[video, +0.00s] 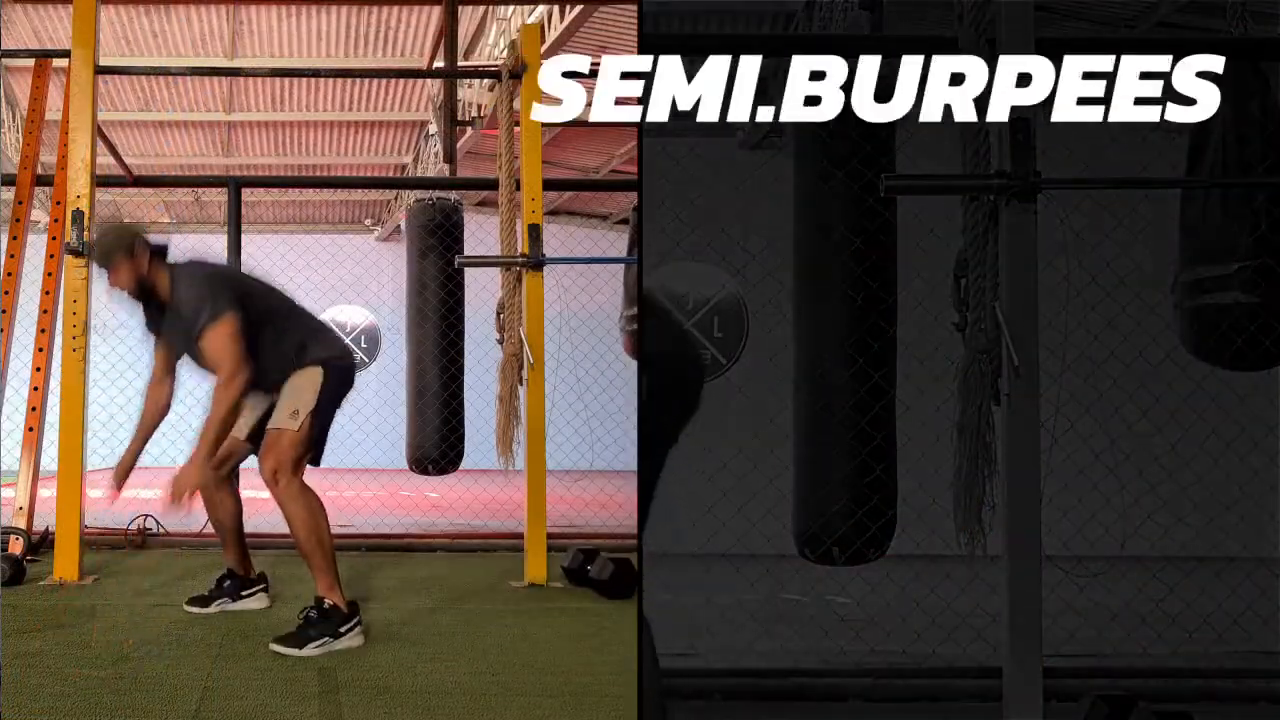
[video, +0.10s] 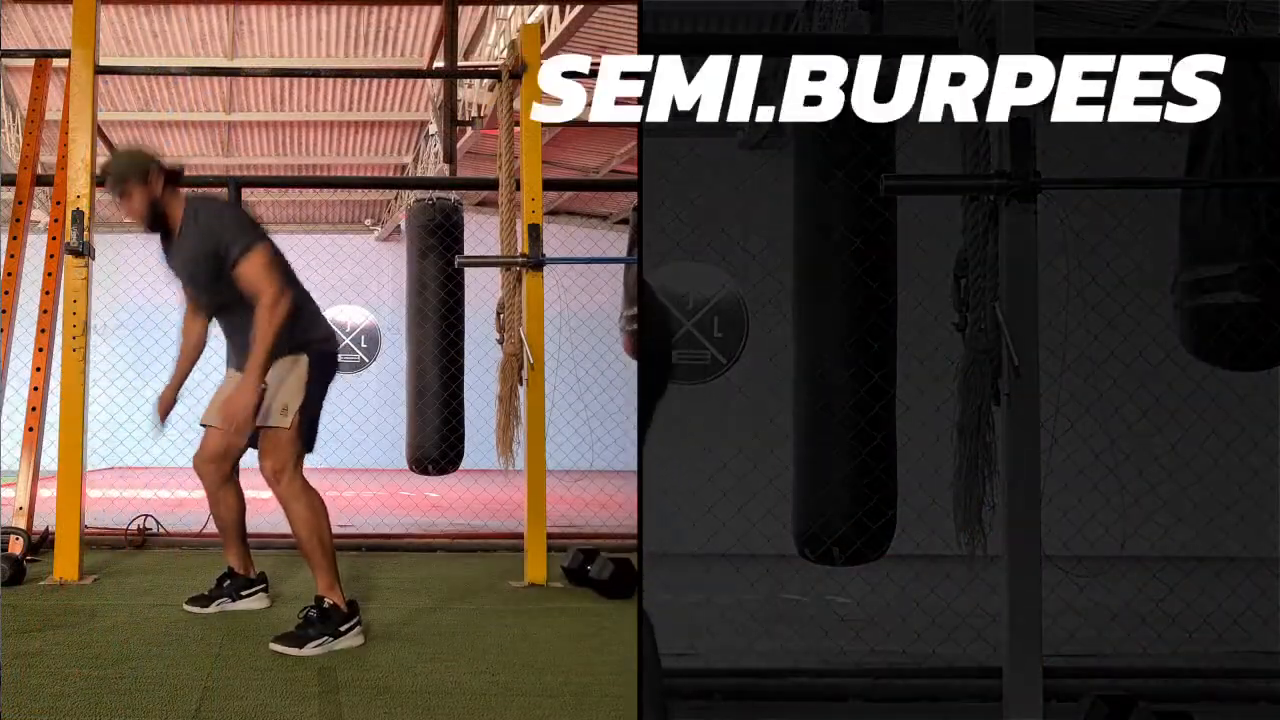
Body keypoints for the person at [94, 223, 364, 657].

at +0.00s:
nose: (111, 282)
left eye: (112, 268)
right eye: (106, 272)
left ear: (139, 254)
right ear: (134, 259)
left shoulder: (196, 286)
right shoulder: (161, 305)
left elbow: (235, 374)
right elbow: (161, 382)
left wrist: (199, 461)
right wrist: (131, 455)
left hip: (317, 361)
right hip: (269, 377)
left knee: (278, 468)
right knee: (211, 468)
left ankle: (336, 608)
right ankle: (242, 578)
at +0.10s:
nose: (123, 206)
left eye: (126, 192)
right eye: (118, 197)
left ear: (156, 179)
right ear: (133, 192)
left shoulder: (216, 218)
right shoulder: (175, 236)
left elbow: (275, 296)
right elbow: (198, 315)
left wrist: (251, 383)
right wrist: (174, 385)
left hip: (297, 350)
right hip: (250, 355)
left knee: (281, 470)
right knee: (212, 463)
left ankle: (337, 608)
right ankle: (242, 577)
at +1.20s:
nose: (38, 482)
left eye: (33, 474)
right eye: (30, 478)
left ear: (44, 444)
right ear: (41, 438)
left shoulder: (116, 433)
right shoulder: (76, 434)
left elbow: (146, 548)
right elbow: (96, 526)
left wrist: (144, 649)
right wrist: (90, 610)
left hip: (259, 431)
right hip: (235, 448)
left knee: (360, 502)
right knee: (304, 504)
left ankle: (490, 547)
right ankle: (403, 527)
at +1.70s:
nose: (127, 494)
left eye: (123, 488)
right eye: (120, 493)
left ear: (133, 461)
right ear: (129, 456)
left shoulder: (175, 437)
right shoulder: (134, 434)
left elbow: (169, 546)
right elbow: (125, 528)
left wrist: (144, 650)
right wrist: (94, 610)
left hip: (296, 329)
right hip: (257, 348)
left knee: (292, 457)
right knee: (229, 458)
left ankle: (372, 581)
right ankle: (271, 551)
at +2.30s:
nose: (167, 152)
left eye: (172, 138)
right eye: (161, 143)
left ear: (204, 124)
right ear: (172, 140)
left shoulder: (261, 163)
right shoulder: (208, 186)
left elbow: (325, 233)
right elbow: (242, 266)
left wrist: (293, 312)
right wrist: (221, 324)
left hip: (277, 337)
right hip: (233, 344)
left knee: (295, 463)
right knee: (230, 458)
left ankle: (340, 605)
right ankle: (244, 576)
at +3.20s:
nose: (58, 501)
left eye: (50, 494)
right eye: (48, 496)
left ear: (62, 472)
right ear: (58, 461)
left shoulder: (126, 438)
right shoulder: (85, 443)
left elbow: (154, 550)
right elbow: (105, 532)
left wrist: (151, 654)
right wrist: (92, 611)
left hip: (257, 376)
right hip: (231, 406)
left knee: (333, 480)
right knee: (295, 482)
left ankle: (469, 532)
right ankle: (379, 522)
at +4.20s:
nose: (137, 205)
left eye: (141, 192)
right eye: (131, 196)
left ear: (170, 179)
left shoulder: (228, 212)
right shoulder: (182, 230)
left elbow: (271, 299)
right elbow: (198, 313)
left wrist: (241, 382)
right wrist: (181, 383)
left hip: (303, 342)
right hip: (254, 346)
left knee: (287, 462)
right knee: (221, 460)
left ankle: (332, 603)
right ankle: (242, 576)